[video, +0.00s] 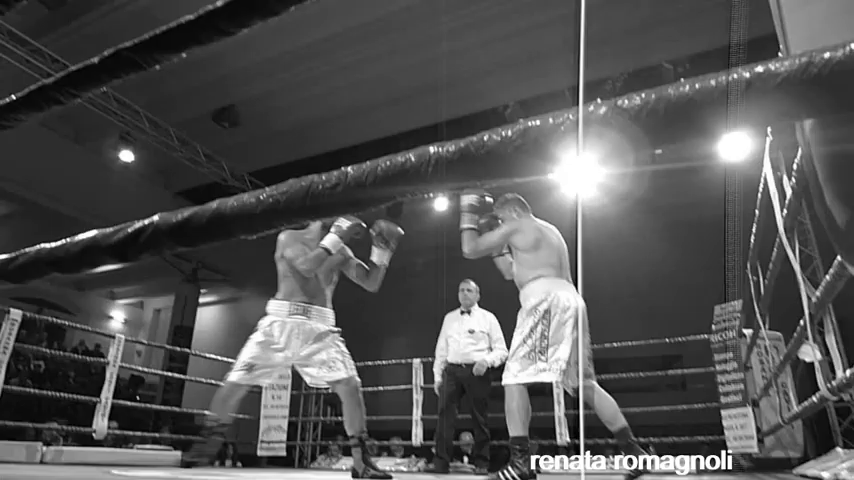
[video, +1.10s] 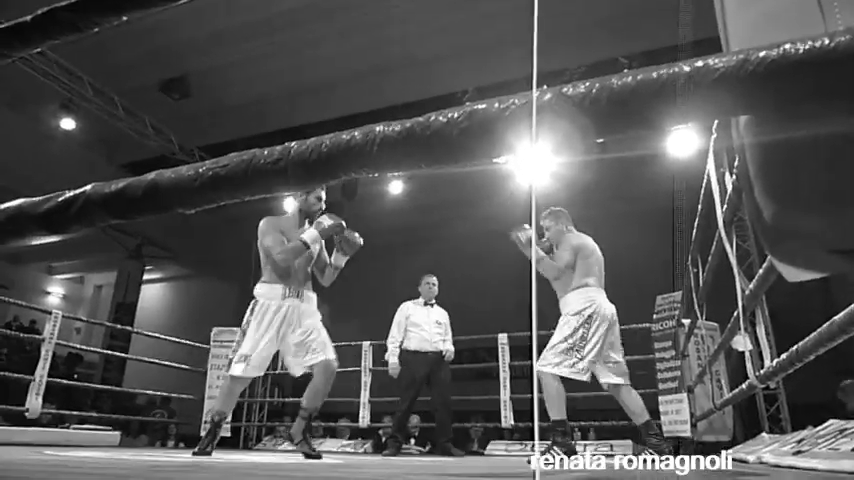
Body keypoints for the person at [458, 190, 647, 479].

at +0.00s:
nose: (501, 223)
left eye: (501, 218)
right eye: (499, 219)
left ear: (514, 209)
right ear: (525, 209)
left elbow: (470, 248)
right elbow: (511, 272)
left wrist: (468, 211)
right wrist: (493, 241)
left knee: (514, 379)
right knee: (583, 383)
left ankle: (520, 462)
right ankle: (634, 449)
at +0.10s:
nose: (504, 228)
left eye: (505, 222)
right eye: (503, 224)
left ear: (516, 216)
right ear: (529, 217)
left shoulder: (524, 232)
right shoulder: (552, 241)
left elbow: (476, 251)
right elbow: (499, 268)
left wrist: (478, 216)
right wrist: (480, 236)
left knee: (511, 383)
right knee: (587, 389)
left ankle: (518, 463)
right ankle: (636, 452)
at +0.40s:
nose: (492, 212)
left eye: (495, 206)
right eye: (490, 209)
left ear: (509, 202)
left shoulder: (516, 218)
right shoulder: (515, 235)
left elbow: (469, 236)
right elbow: (475, 249)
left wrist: (463, 202)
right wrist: (439, 234)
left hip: (531, 294)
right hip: (551, 296)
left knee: (493, 359)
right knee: (553, 371)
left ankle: (499, 436)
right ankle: (599, 431)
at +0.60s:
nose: (480, 224)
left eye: (483, 217)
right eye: (479, 220)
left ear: (496, 214)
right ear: (495, 219)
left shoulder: (509, 235)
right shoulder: (496, 247)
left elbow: (465, 252)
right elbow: (470, 278)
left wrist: (458, 218)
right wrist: (439, 261)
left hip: (509, 310)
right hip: (521, 311)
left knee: (465, 365)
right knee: (528, 382)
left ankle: (467, 443)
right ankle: (590, 430)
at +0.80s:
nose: (530, 244)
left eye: (533, 237)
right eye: (529, 239)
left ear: (549, 235)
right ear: (545, 237)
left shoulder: (565, 254)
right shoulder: (546, 264)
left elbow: (537, 283)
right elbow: (528, 299)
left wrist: (523, 256)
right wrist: (519, 262)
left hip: (568, 323)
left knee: (533, 383)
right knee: (586, 398)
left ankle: (518, 455)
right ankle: (629, 452)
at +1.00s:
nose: (535, 231)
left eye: (538, 225)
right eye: (533, 227)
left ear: (553, 220)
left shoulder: (560, 234)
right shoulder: (578, 243)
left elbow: (537, 258)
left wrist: (518, 236)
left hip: (576, 308)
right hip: (596, 309)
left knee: (548, 371)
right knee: (600, 381)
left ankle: (559, 443)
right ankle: (643, 437)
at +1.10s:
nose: (544, 235)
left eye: (546, 228)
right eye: (542, 230)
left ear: (561, 224)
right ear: (567, 227)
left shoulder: (569, 240)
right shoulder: (588, 244)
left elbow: (555, 271)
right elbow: (556, 273)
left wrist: (530, 248)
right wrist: (536, 251)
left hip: (584, 310)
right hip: (604, 310)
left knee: (546, 368)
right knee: (616, 381)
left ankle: (562, 439)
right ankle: (654, 439)